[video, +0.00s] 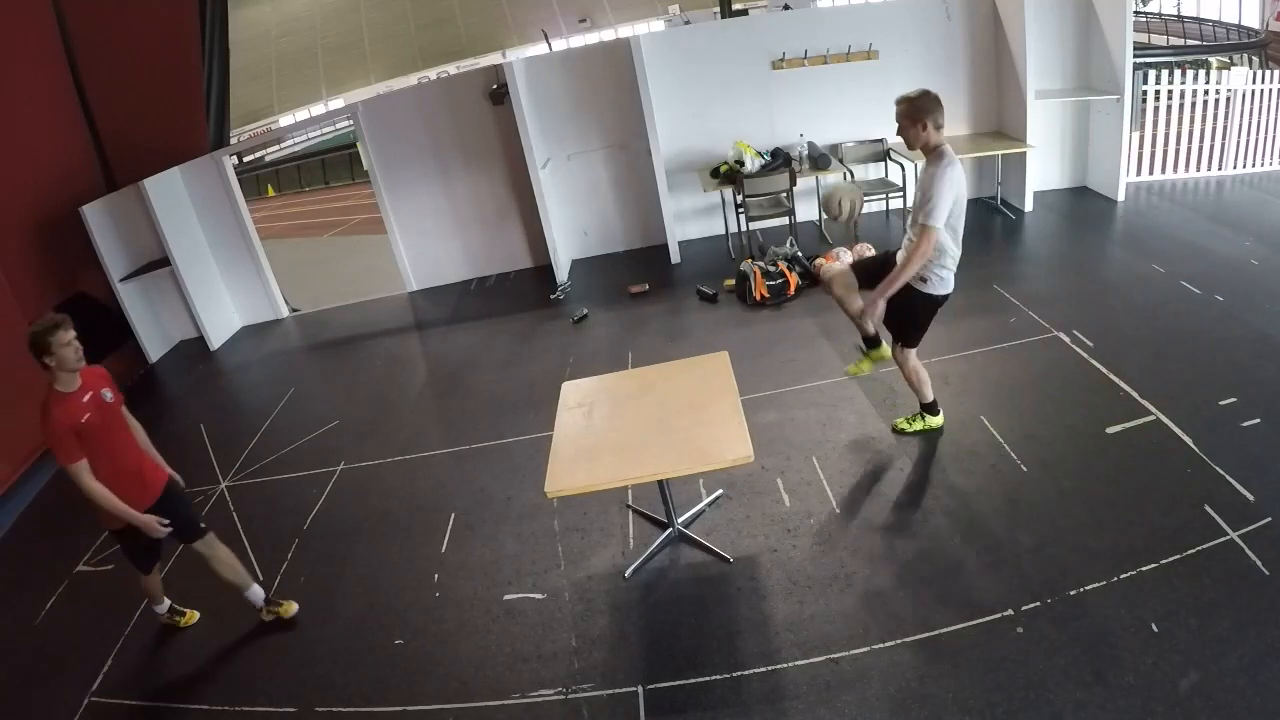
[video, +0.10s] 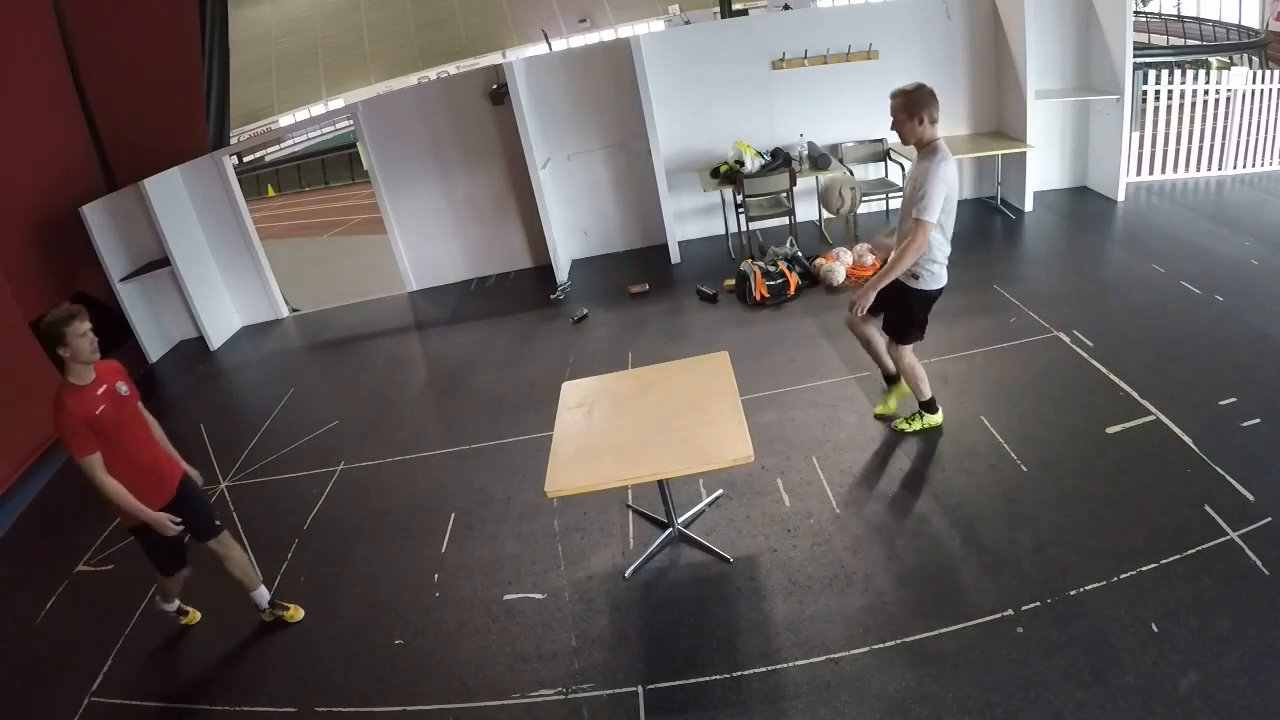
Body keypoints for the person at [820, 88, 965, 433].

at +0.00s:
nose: (898, 132)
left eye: (903, 125)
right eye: (898, 125)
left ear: (924, 126)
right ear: (926, 126)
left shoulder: (943, 175)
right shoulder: (934, 163)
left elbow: (924, 248)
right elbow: (924, 230)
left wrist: (879, 296)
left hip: (928, 278)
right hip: (908, 259)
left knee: (902, 353)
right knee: (839, 283)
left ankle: (931, 413)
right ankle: (875, 347)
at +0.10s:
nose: (894, 128)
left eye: (897, 121)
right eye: (893, 121)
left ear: (919, 120)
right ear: (920, 120)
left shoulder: (936, 168)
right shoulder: (927, 159)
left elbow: (918, 241)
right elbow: (912, 229)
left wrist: (872, 287)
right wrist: (883, 251)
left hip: (922, 277)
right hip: (906, 268)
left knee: (898, 349)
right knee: (858, 320)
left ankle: (931, 411)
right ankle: (894, 381)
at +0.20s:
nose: (883, 132)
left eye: (887, 125)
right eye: (882, 125)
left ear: (911, 124)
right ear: (911, 125)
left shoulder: (931, 173)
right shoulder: (917, 162)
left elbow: (924, 247)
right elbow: (897, 210)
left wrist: (882, 299)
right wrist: (865, 229)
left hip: (917, 283)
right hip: (904, 275)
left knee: (861, 342)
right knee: (887, 338)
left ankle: (912, 394)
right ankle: (908, 398)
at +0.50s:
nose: (858, 131)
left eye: (863, 123)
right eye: (857, 123)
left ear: (888, 118)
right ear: (883, 119)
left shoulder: (917, 167)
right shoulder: (878, 156)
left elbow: (938, 236)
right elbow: (866, 208)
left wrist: (946, 296)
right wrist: (833, 242)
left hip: (914, 264)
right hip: (898, 256)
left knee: (826, 282)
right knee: (904, 334)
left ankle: (875, 350)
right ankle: (914, 398)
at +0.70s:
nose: (857, 128)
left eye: (863, 120)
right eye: (857, 119)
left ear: (889, 122)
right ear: (885, 122)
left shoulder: (914, 176)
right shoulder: (875, 163)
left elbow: (938, 248)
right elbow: (865, 219)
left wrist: (930, 310)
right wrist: (833, 256)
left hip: (902, 287)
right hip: (878, 278)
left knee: (878, 364)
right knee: (879, 344)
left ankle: (904, 438)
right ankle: (906, 392)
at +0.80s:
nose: (856, 131)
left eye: (862, 124)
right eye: (856, 123)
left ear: (888, 125)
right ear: (881, 126)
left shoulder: (914, 180)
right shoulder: (875, 164)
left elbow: (932, 255)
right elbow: (869, 221)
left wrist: (916, 318)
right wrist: (841, 263)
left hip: (899, 291)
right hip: (869, 279)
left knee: (881, 369)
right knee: (838, 339)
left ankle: (905, 438)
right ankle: (888, 383)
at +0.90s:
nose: (856, 134)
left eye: (862, 126)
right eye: (856, 126)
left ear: (888, 125)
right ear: (882, 126)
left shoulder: (918, 177)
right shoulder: (877, 163)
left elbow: (928, 255)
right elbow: (874, 226)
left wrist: (904, 316)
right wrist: (849, 266)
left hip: (890, 291)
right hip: (860, 274)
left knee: (885, 371)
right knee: (811, 325)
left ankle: (905, 439)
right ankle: (862, 361)